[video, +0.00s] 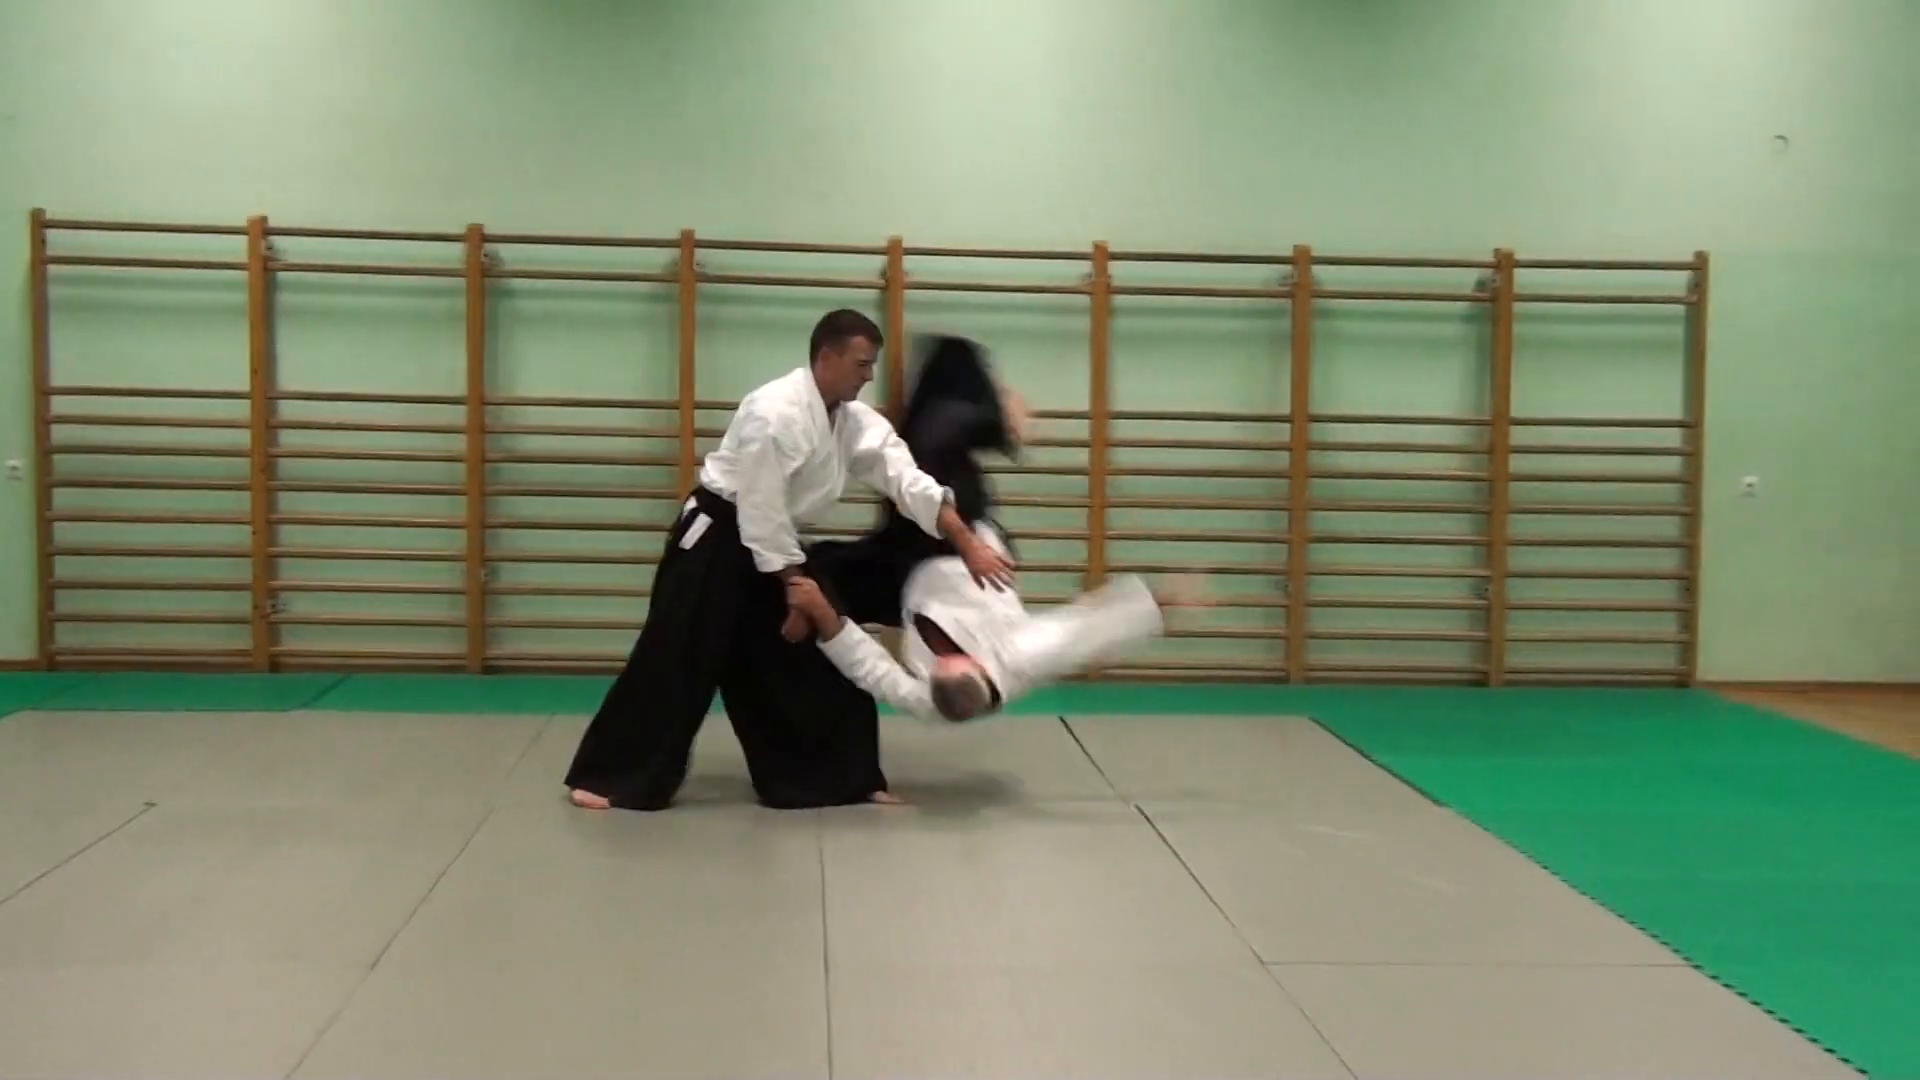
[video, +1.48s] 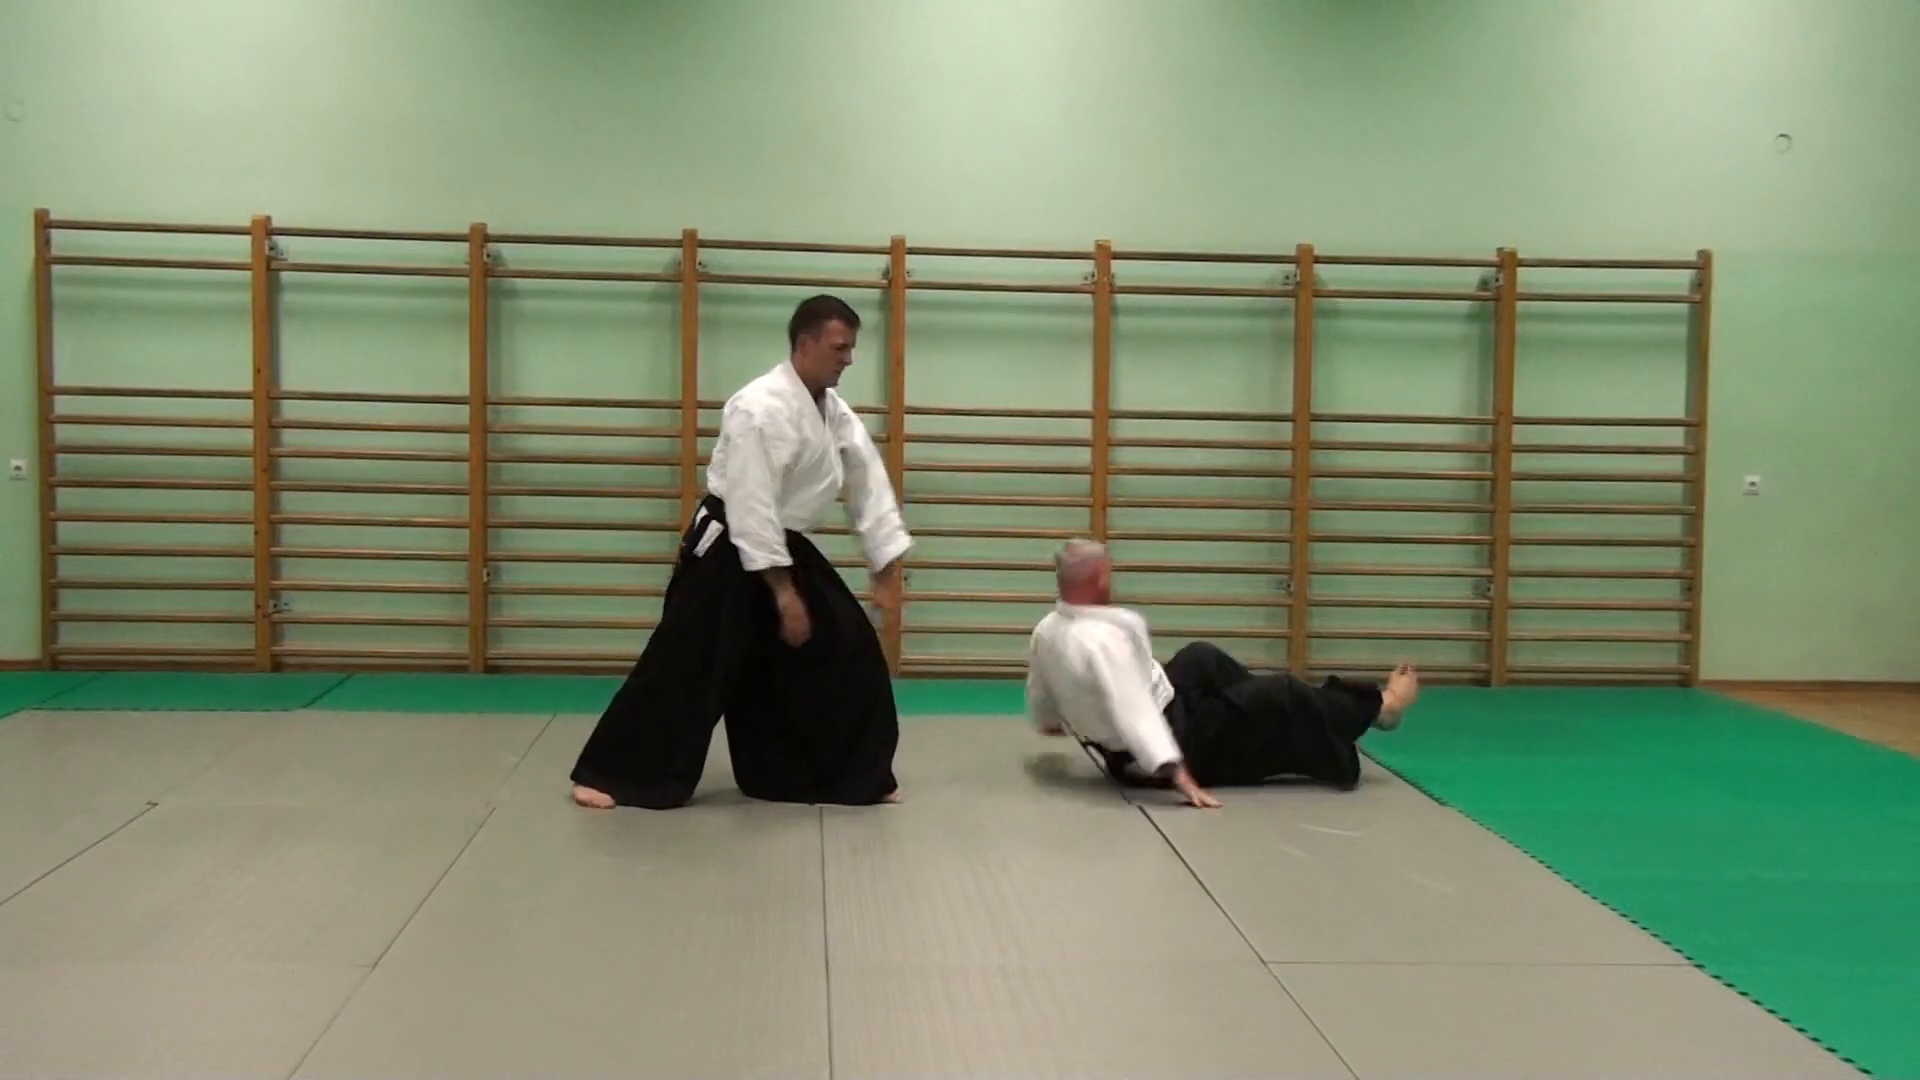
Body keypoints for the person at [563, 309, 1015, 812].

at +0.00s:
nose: (868, 374)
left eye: (872, 364)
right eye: (861, 362)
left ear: (849, 364)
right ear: (826, 357)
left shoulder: (852, 416)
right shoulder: (772, 412)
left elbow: (900, 471)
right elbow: (761, 509)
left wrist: (961, 535)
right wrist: (795, 582)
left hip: (778, 542)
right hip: (718, 536)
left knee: (821, 657)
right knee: (675, 657)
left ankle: (848, 779)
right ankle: (603, 777)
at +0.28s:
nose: (867, 372)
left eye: (871, 363)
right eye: (860, 361)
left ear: (861, 362)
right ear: (825, 355)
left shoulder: (855, 414)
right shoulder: (784, 416)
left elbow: (902, 474)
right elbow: (782, 513)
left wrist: (959, 542)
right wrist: (810, 587)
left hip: (789, 546)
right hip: (732, 543)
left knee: (857, 647)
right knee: (678, 656)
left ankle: (857, 773)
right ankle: (605, 772)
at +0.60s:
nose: (866, 371)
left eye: (869, 361)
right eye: (858, 361)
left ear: (852, 359)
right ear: (822, 356)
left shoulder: (855, 413)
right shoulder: (788, 421)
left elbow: (904, 473)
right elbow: (813, 512)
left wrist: (960, 542)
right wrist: (862, 571)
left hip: (811, 552)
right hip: (747, 547)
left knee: (866, 651)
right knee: (688, 657)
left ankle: (861, 773)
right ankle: (608, 772)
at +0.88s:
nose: (869, 374)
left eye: (874, 365)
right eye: (862, 363)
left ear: (870, 365)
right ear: (827, 356)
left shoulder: (858, 419)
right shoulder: (787, 418)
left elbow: (905, 483)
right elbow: (803, 508)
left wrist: (961, 552)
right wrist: (853, 574)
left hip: (807, 552)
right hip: (747, 546)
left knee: (866, 648)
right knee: (688, 656)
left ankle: (860, 774)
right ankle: (607, 772)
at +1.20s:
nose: (866, 368)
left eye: (869, 358)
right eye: (859, 356)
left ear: (851, 357)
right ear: (824, 350)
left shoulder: (851, 415)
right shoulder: (778, 413)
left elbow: (906, 471)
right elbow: (788, 508)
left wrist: (972, 528)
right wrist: (837, 577)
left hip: (794, 555)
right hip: (739, 547)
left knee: (861, 647)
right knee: (684, 658)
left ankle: (856, 776)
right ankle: (606, 773)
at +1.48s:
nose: (848, 357)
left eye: (851, 348)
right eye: (840, 346)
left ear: (833, 349)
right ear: (805, 343)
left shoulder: (835, 413)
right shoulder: (758, 407)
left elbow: (868, 485)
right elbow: (750, 507)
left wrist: (887, 566)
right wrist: (784, 588)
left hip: (787, 545)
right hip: (727, 545)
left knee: (851, 644)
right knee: (683, 659)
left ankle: (858, 773)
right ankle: (604, 772)